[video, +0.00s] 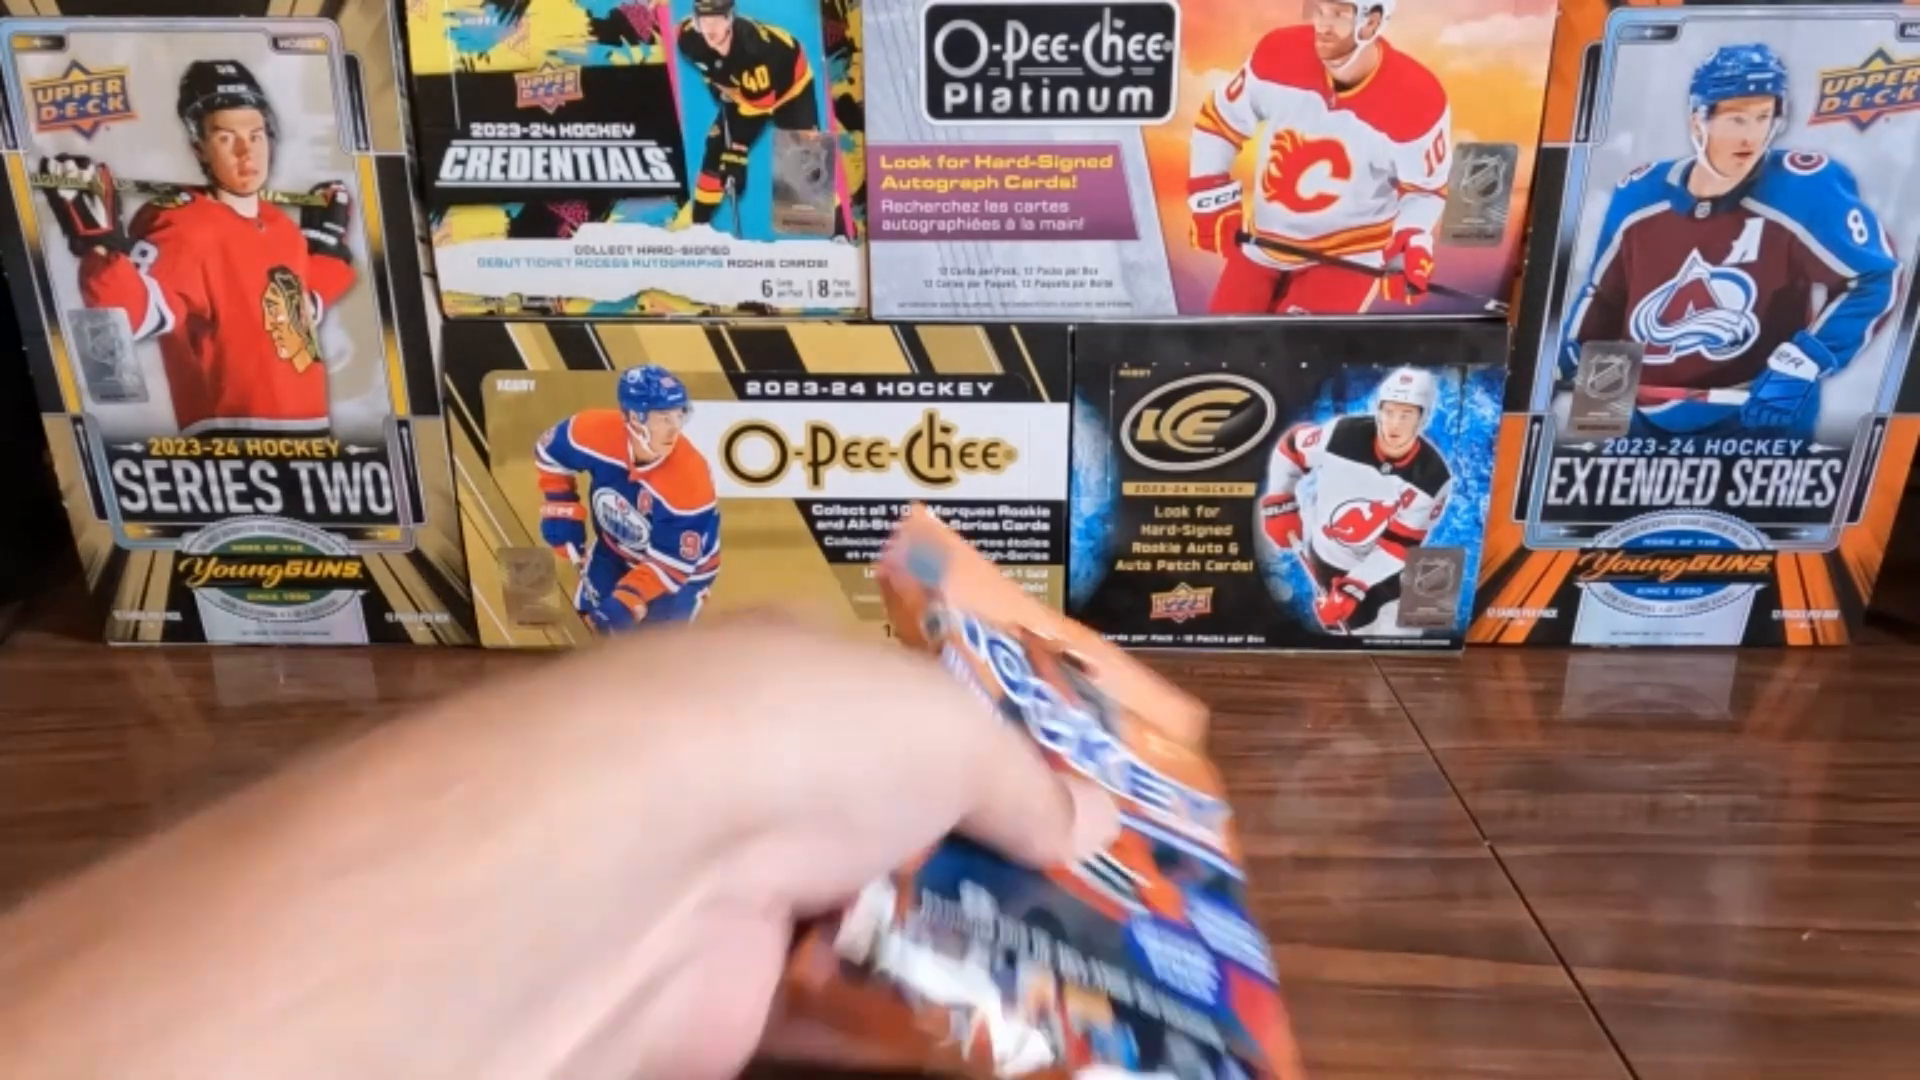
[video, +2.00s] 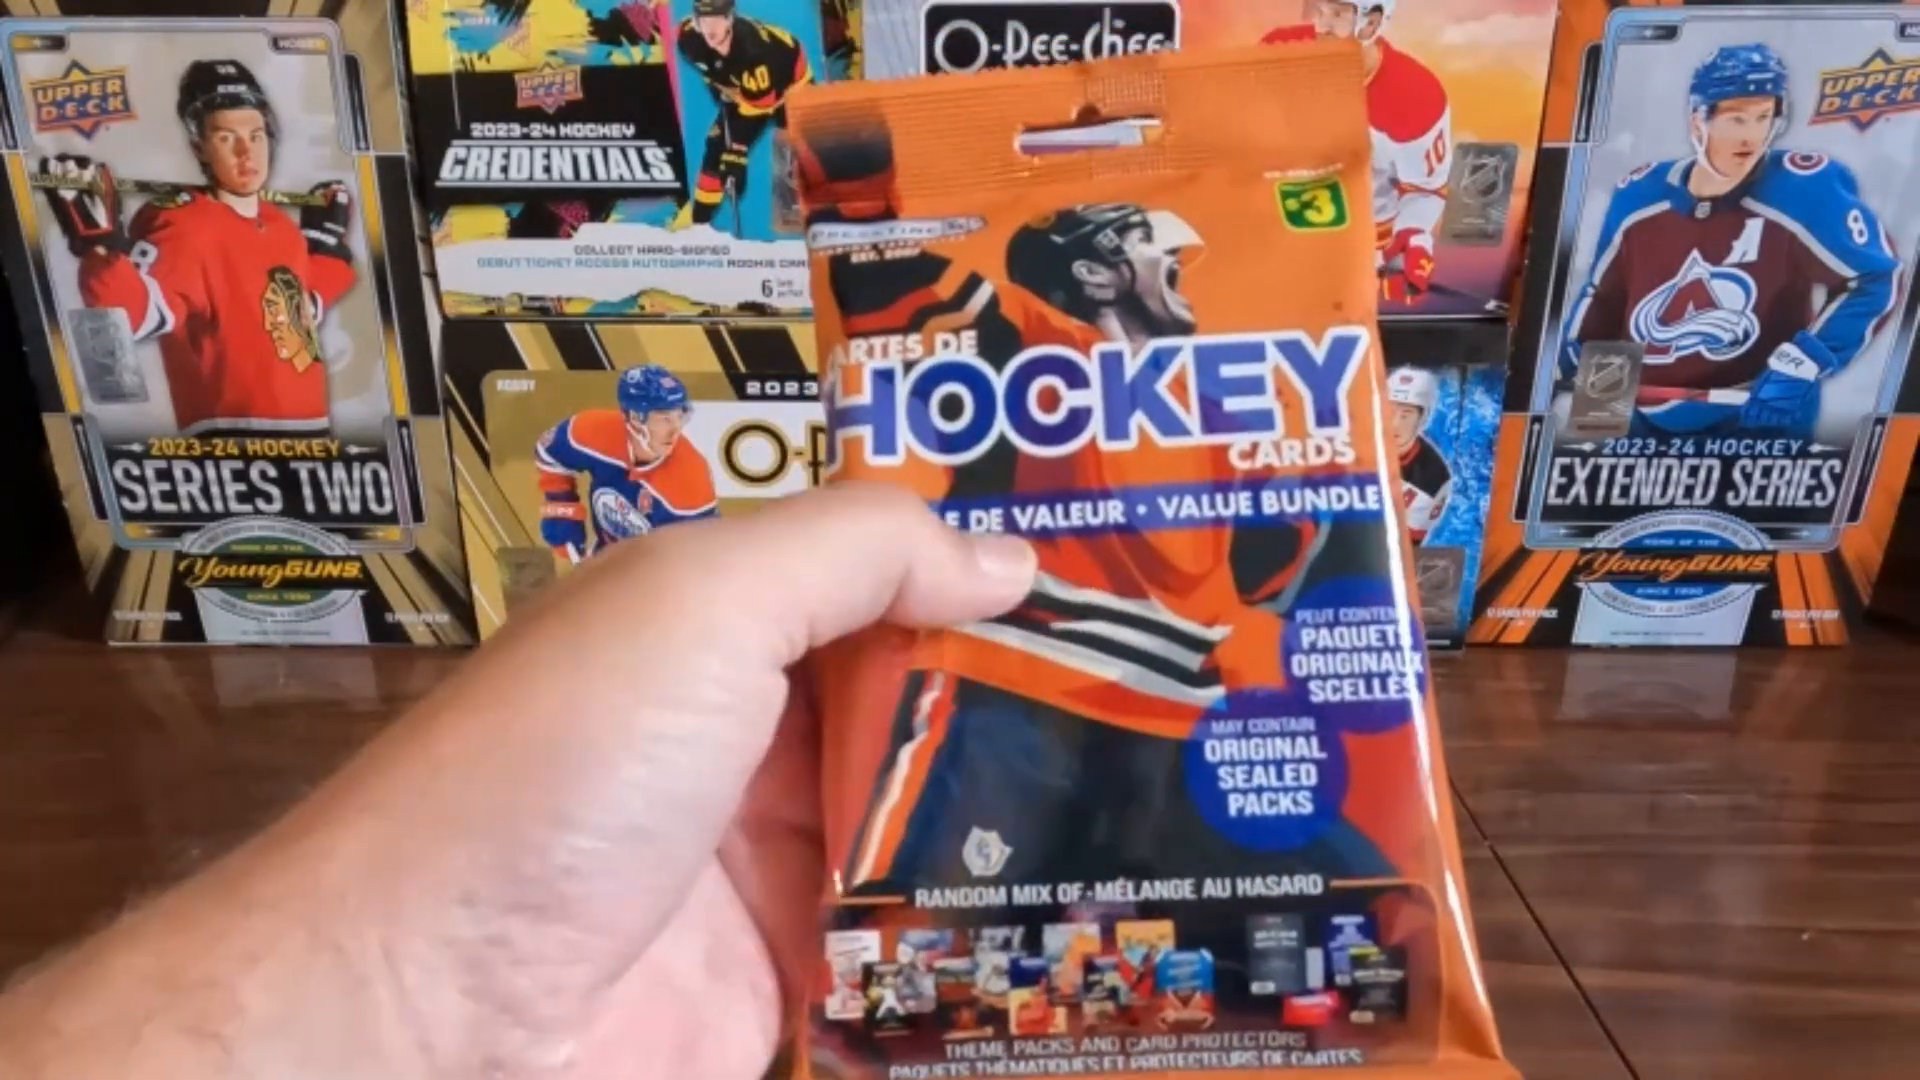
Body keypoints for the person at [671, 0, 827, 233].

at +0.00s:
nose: (710, 29)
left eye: (716, 22)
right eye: (704, 22)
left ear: (730, 19)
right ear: (696, 22)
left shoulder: (753, 47)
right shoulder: (689, 38)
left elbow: (759, 107)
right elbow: (707, 68)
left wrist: (737, 154)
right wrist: (720, 88)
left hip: (791, 91)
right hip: (741, 97)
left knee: (807, 159)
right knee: (716, 147)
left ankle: (841, 230)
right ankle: (698, 222)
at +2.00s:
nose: (710, 30)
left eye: (716, 21)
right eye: (704, 22)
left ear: (730, 19)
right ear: (696, 22)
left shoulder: (753, 50)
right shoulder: (688, 38)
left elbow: (757, 109)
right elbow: (711, 72)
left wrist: (736, 153)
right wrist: (726, 92)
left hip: (789, 92)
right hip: (739, 96)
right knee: (718, 145)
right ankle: (699, 218)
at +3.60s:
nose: (711, 33)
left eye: (717, 26)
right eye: (705, 26)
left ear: (730, 19)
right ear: (696, 21)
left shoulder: (754, 36)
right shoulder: (688, 39)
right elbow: (710, 73)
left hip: (762, 109)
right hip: (728, 109)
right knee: (714, 160)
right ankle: (700, 221)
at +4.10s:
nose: (710, 30)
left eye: (716, 22)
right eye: (704, 22)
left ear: (730, 18)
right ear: (696, 20)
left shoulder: (752, 35)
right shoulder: (688, 39)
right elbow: (710, 73)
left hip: (761, 111)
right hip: (727, 111)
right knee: (714, 161)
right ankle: (700, 220)